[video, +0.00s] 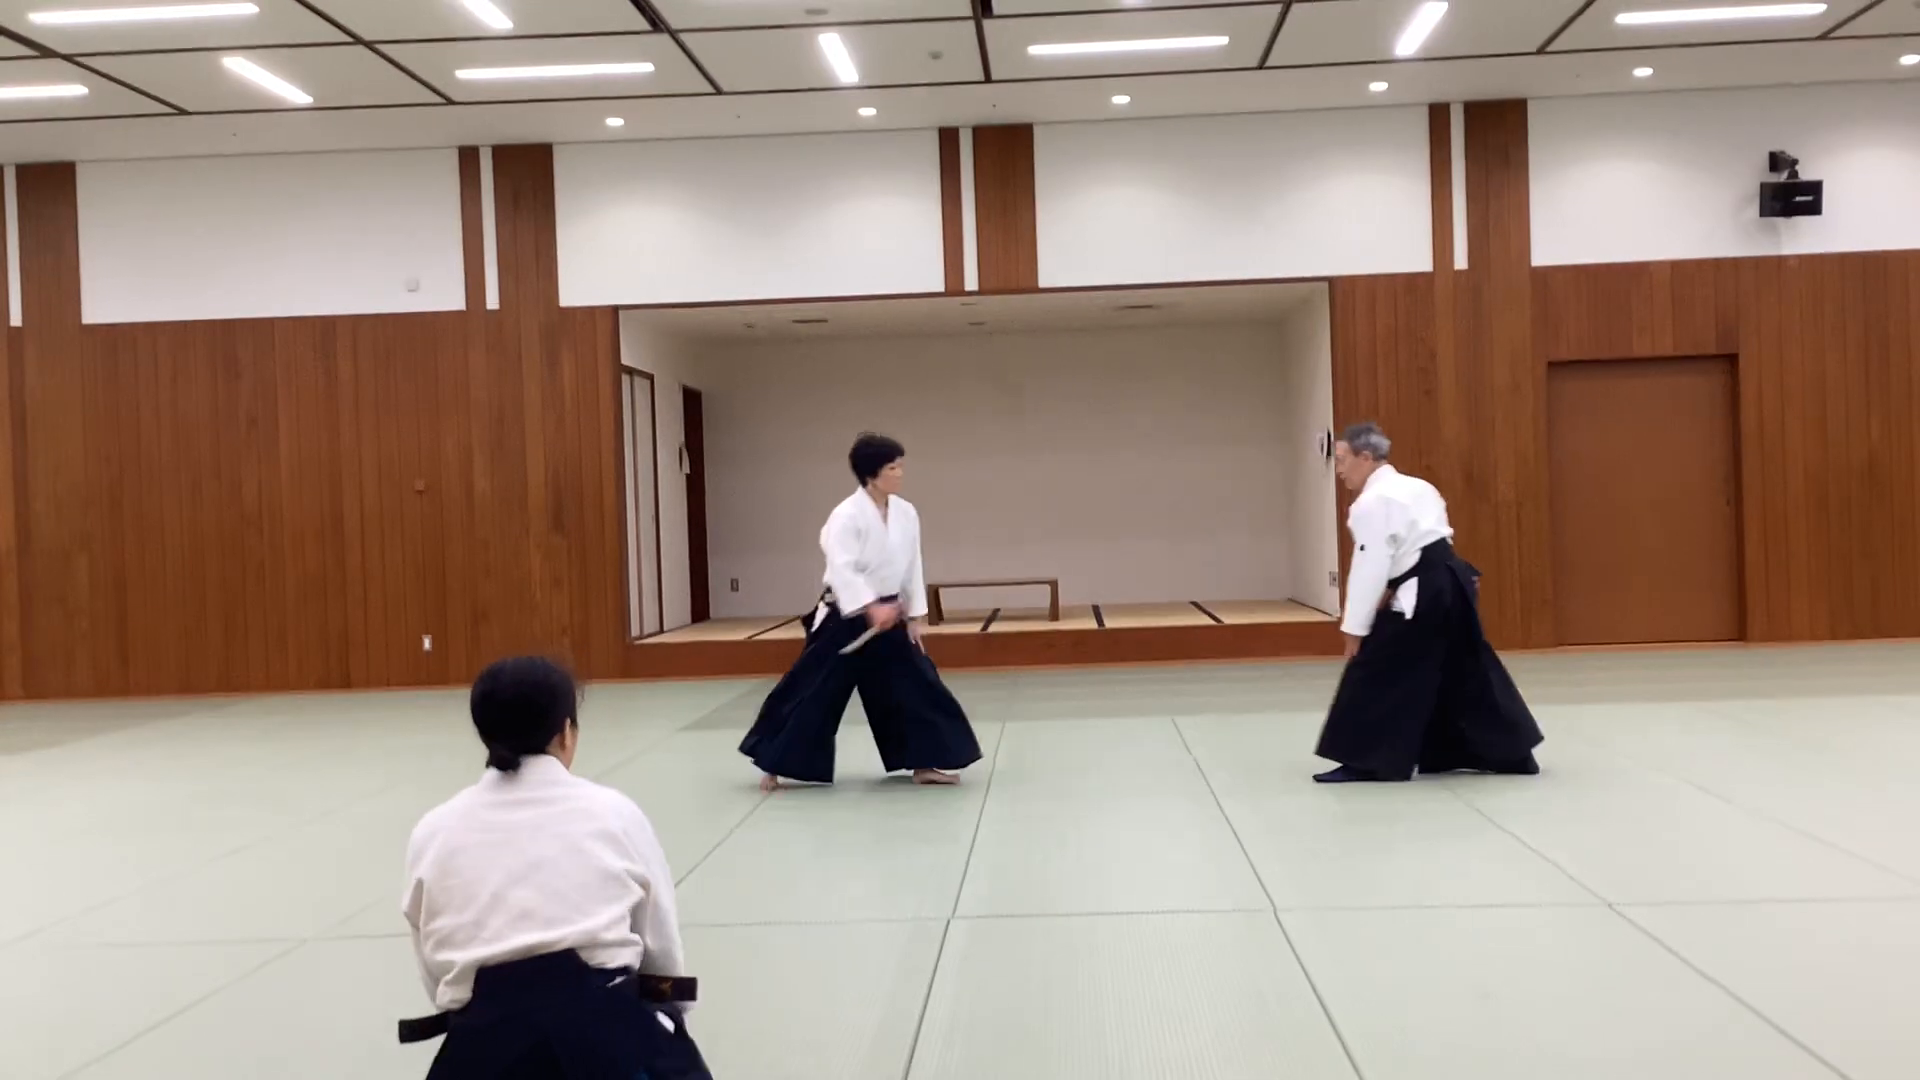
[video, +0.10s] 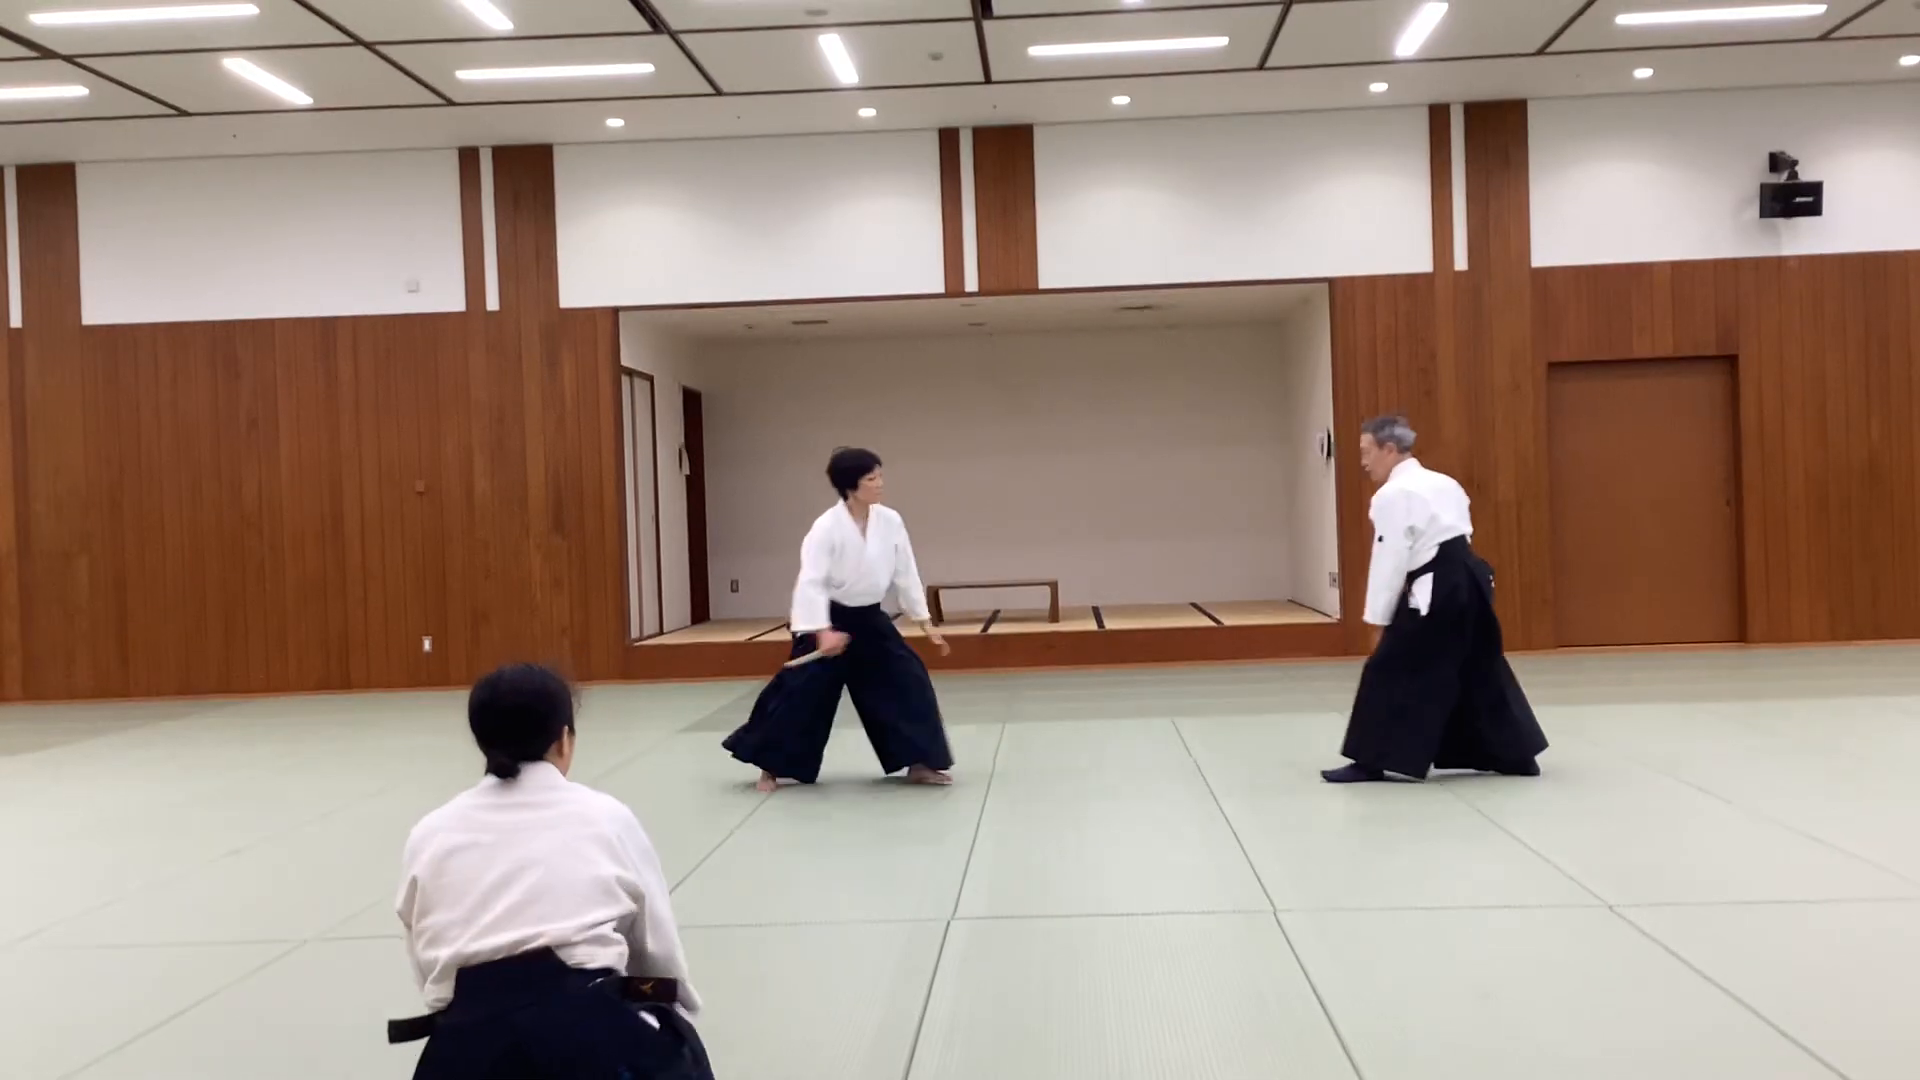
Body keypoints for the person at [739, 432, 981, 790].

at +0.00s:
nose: (901, 472)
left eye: (901, 465)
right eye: (893, 467)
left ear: (892, 473)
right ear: (872, 474)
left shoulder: (906, 513)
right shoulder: (845, 516)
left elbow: (913, 568)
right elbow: (841, 570)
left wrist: (915, 619)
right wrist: (870, 606)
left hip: (888, 615)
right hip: (844, 616)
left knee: (917, 683)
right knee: (815, 690)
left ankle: (923, 765)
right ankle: (774, 759)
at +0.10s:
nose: (880, 483)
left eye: (880, 476)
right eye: (871, 478)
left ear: (879, 479)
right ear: (850, 486)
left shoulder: (890, 521)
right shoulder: (826, 528)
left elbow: (907, 575)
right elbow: (811, 583)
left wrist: (928, 624)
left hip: (870, 618)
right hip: (828, 617)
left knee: (911, 674)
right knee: (801, 689)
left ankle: (919, 764)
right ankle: (770, 767)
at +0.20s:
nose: (871, 488)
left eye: (871, 481)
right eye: (862, 484)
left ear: (871, 484)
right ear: (841, 492)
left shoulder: (885, 523)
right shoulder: (819, 532)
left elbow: (914, 570)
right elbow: (794, 584)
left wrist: (948, 612)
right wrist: (796, 633)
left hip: (871, 621)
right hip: (828, 623)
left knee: (915, 675)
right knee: (803, 692)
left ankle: (920, 759)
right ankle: (777, 764)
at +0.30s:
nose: (878, 492)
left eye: (877, 485)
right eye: (869, 489)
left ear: (875, 487)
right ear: (848, 497)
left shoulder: (892, 525)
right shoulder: (827, 535)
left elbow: (926, 563)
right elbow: (798, 588)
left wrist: (965, 600)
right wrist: (795, 635)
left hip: (881, 625)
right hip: (837, 627)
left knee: (928, 671)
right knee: (811, 689)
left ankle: (947, 755)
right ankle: (776, 764)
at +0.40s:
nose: (903, 493)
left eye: (901, 486)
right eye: (894, 489)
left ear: (899, 494)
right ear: (874, 499)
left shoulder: (915, 525)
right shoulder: (851, 538)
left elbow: (949, 561)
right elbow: (822, 590)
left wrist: (991, 595)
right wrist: (824, 635)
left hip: (902, 627)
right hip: (858, 629)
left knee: (951, 670)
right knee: (823, 688)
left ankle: (970, 752)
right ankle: (776, 763)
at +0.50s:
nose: (942, 490)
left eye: (939, 484)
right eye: (933, 487)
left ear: (934, 492)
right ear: (915, 497)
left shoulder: (953, 522)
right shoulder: (894, 536)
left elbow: (983, 563)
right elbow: (870, 590)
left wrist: (1021, 599)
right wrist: (877, 635)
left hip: (933, 624)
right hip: (895, 624)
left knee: (975, 680)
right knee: (853, 691)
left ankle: (977, 761)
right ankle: (787, 749)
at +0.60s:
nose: (979, 487)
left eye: (976, 481)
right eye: (971, 485)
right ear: (954, 495)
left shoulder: (987, 516)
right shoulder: (932, 536)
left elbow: (1007, 563)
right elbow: (926, 594)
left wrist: (1027, 610)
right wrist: (956, 621)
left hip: (964, 622)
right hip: (927, 625)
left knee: (1000, 688)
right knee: (906, 694)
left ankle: (983, 762)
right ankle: (842, 742)